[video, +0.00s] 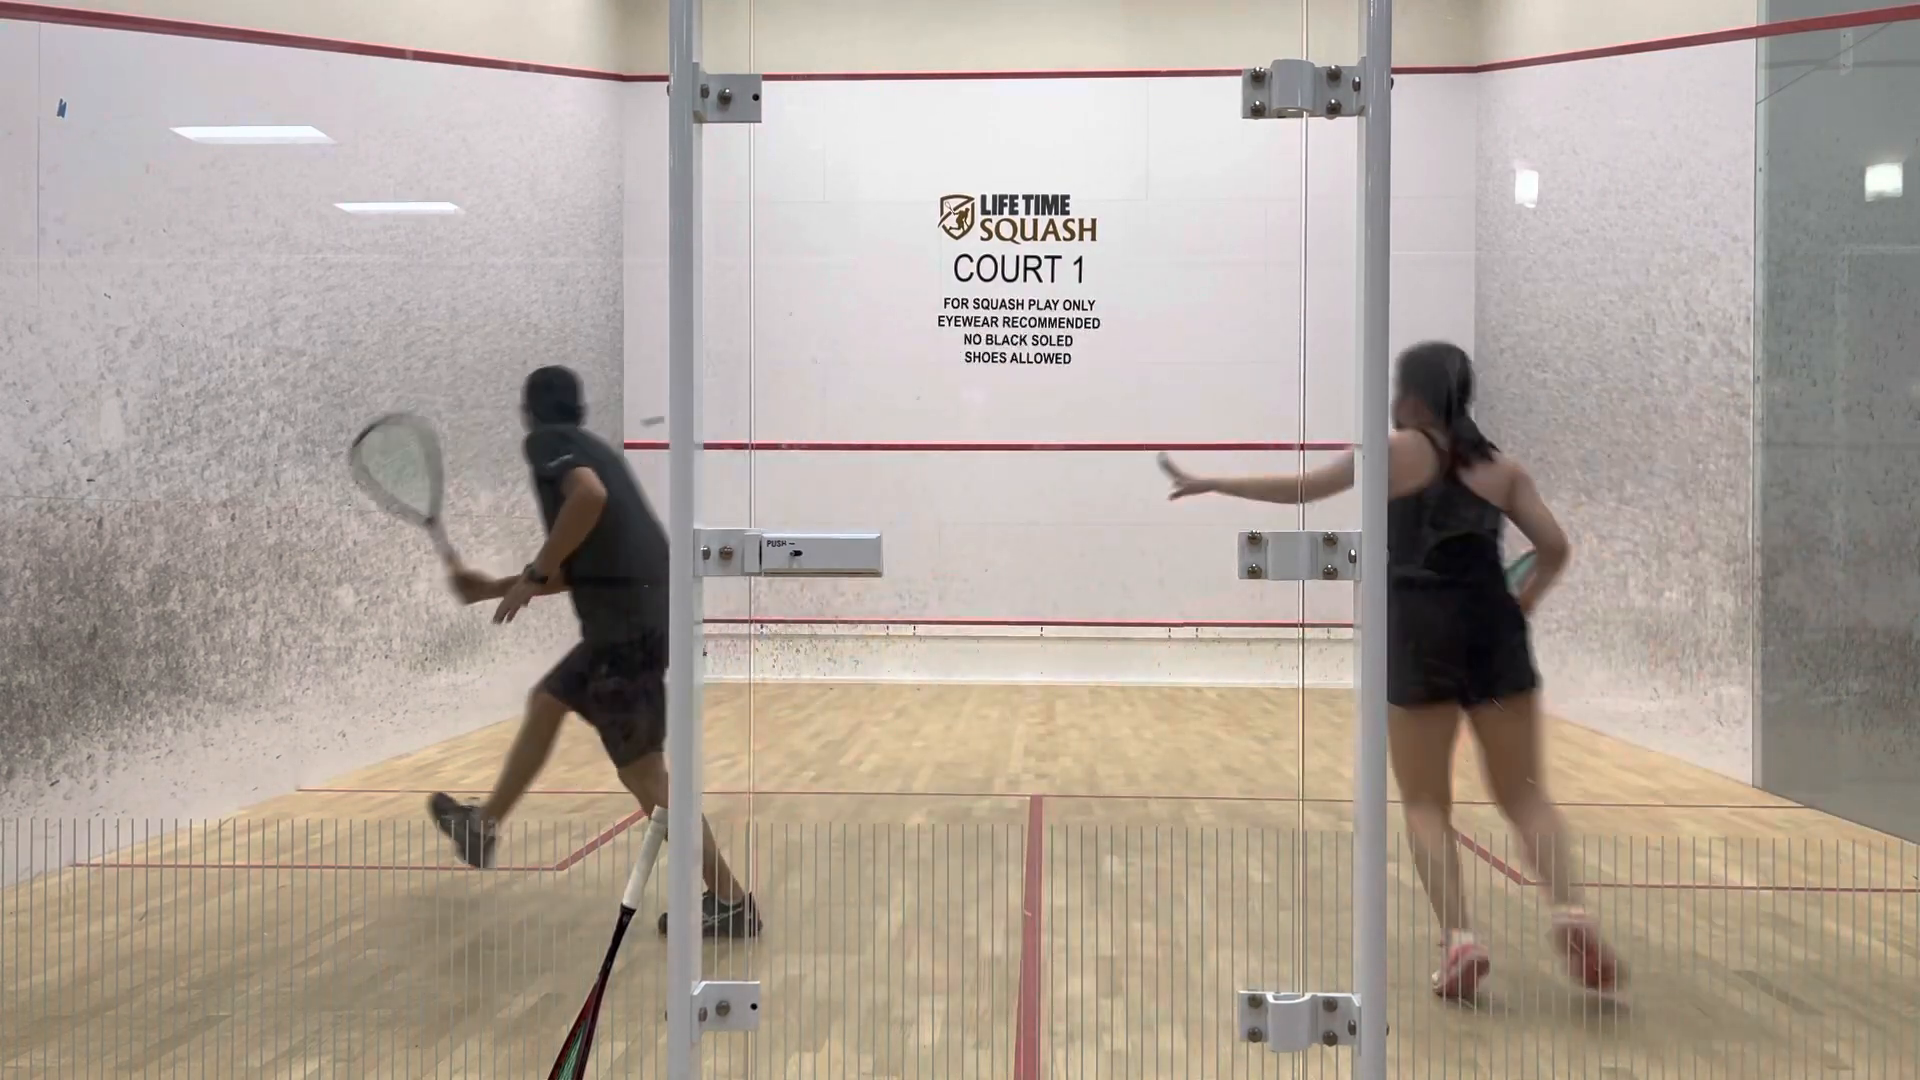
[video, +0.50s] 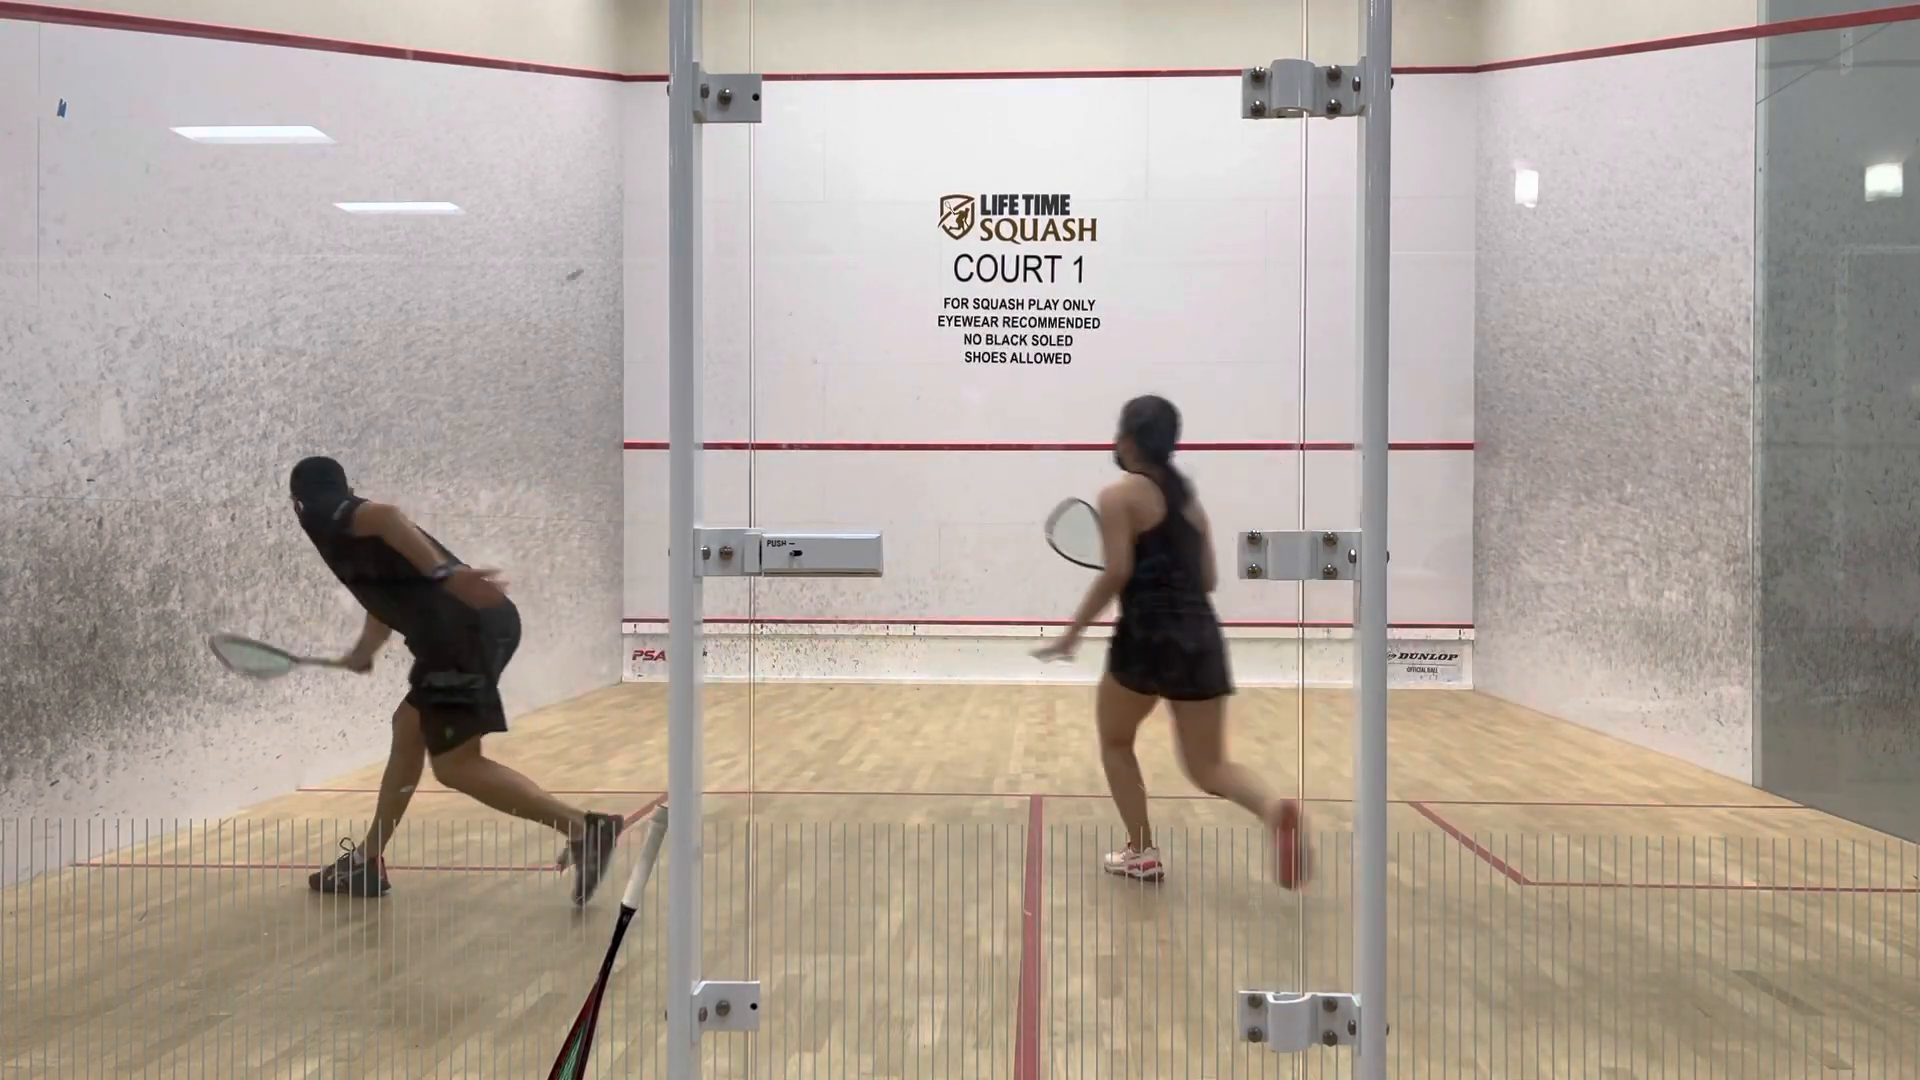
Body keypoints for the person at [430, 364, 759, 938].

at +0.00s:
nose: (526, 417)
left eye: (527, 408)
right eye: (537, 408)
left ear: (530, 409)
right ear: (577, 407)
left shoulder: (547, 440)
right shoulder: (595, 449)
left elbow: (589, 495)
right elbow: (581, 564)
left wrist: (537, 575)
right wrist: (496, 587)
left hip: (630, 632)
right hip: (648, 623)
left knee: (643, 774)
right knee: (548, 701)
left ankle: (728, 896)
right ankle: (485, 826)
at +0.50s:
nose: (295, 507)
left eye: (295, 500)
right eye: (295, 501)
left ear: (301, 500)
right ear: (341, 489)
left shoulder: (328, 515)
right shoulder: (355, 529)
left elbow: (387, 517)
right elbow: (387, 593)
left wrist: (446, 573)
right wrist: (365, 649)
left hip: (461, 631)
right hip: (477, 623)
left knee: (456, 766)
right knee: (408, 724)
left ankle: (583, 827)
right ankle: (368, 859)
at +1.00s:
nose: (398, 383)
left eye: (394, 375)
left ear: (392, 377)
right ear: (444, 378)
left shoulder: (388, 426)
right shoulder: (487, 441)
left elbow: (385, 514)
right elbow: (518, 528)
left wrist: (340, 600)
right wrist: (535, 612)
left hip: (428, 615)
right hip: (486, 614)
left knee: (455, 749)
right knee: (418, 737)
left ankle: (508, 883)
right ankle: (373, 857)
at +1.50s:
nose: (426, 377)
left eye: (418, 368)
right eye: (453, 368)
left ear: (412, 370)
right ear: (466, 371)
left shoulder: (409, 417)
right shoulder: (501, 432)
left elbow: (419, 503)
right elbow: (522, 526)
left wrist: (381, 586)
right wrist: (468, 572)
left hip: (441, 605)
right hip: (499, 605)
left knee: (465, 739)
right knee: (454, 731)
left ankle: (508, 881)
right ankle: (429, 852)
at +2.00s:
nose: (360, 404)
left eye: (357, 395)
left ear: (359, 395)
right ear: (411, 393)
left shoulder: (371, 431)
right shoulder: (439, 440)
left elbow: (361, 513)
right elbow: (417, 547)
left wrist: (298, 546)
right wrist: (345, 549)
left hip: (442, 605)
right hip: (476, 601)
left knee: (441, 740)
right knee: (415, 716)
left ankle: (506, 874)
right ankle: (423, 850)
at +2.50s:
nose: (313, 397)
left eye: (315, 384)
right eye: (312, 385)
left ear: (339, 380)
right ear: (356, 378)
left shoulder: (401, 418)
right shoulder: (370, 446)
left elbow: (487, 472)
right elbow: (413, 540)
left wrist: (491, 567)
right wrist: (370, 578)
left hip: (446, 608)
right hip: (411, 613)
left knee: (428, 741)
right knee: (413, 734)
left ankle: (488, 883)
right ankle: (425, 854)